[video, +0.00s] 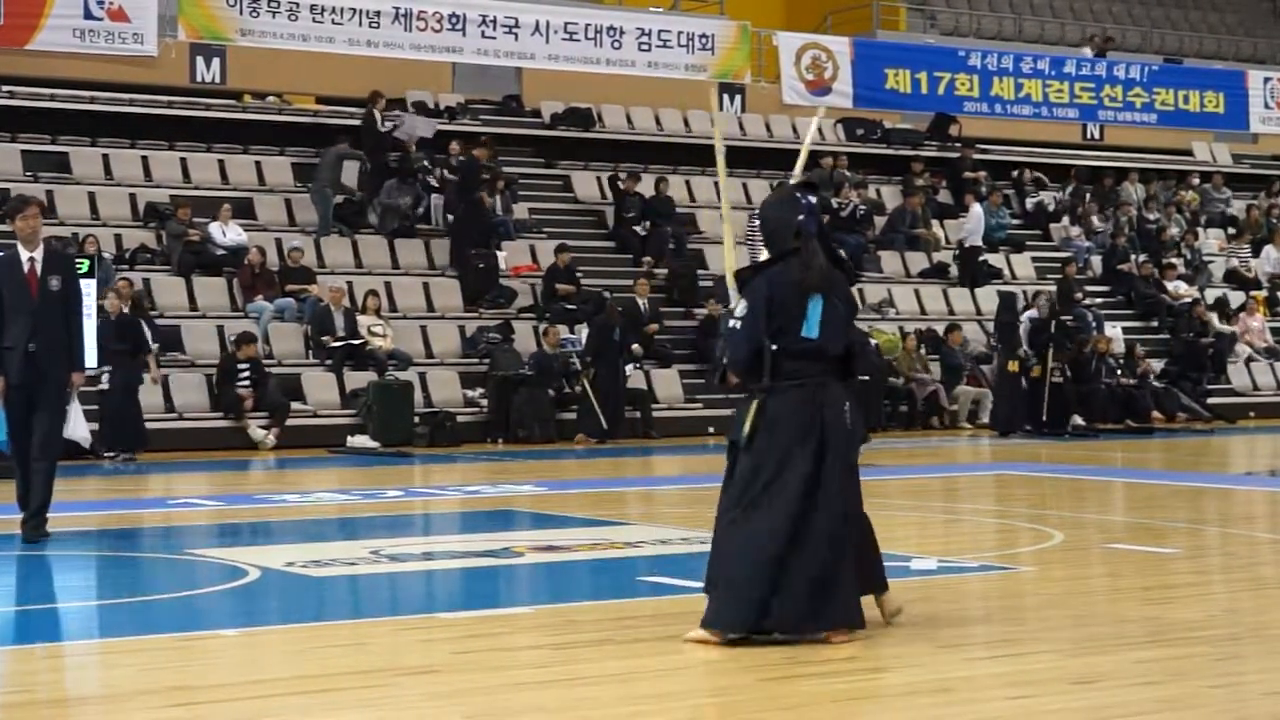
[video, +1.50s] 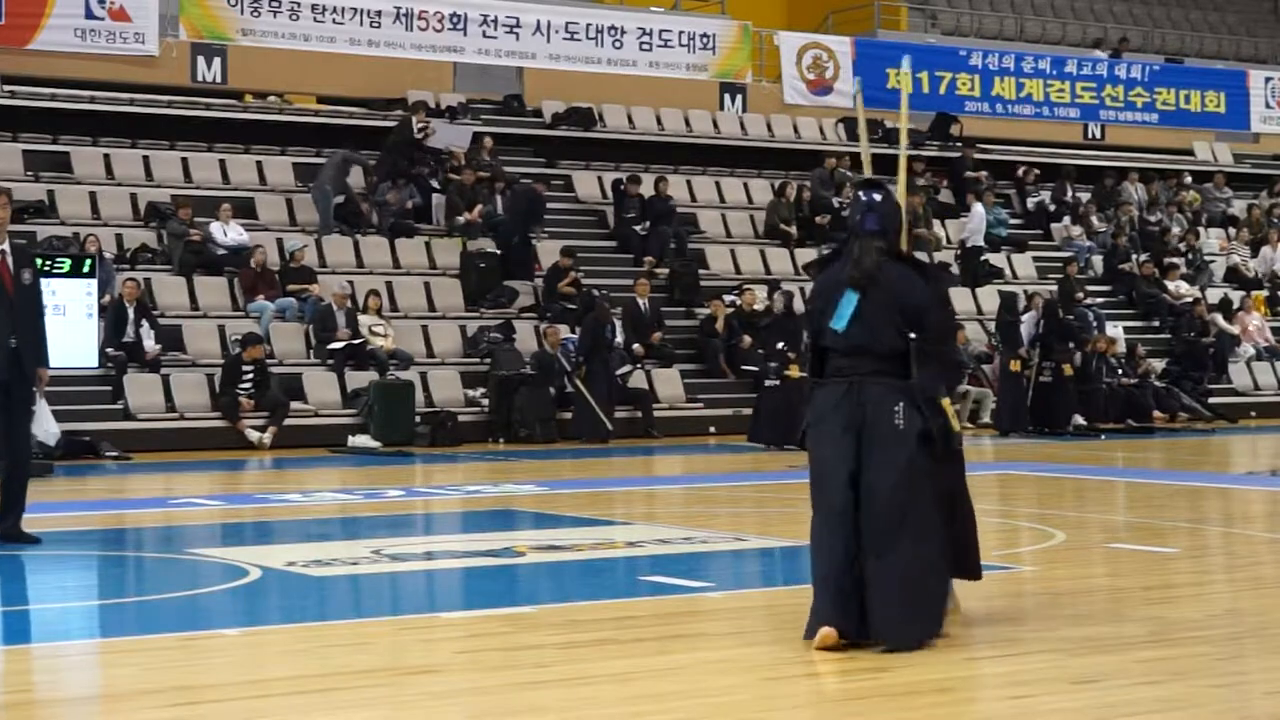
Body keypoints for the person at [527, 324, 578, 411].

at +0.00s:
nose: (557, 338)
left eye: (558, 334)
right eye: (554, 335)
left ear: (560, 335)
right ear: (545, 338)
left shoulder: (563, 356)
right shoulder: (536, 357)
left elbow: (568, 374)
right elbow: (533, 380)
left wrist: (574, 386)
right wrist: (545, 390)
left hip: (562, 392)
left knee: (585, 397)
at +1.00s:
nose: (556, 338)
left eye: (558, 335)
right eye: (552, 335)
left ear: (561, 337)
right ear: (546, 338)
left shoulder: (564, 355)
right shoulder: (537, 357)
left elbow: (572, 371)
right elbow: (537, 378)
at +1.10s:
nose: (554, 339)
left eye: (556, 335)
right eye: (551, 336)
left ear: (560, 337)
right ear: (545, 338)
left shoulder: (565, 354)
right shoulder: (537, 357)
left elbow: (572, 372)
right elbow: (535, 379)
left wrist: (576, 386)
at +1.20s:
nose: (554, 339)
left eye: (556, 335)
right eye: (551, 336)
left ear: (560, 337)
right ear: (545, 338)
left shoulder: (564, 354)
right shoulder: (537, 357)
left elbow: (571, 372)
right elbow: (538, 379)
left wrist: (576, 387)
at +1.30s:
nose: (553, 339)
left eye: (556, 335)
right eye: (550, 335)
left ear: (561, 337)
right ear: (546, 338)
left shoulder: (566, 355)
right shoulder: (537, 356)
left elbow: (571, 375)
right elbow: (534, 379)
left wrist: (577, 389)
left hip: (563, 392)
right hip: (544, 394)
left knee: (580, 398)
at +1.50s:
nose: (554, 338)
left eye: (556, 334)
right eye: (550, 335)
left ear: (559, 336)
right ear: (545, 339)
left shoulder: (565, 354)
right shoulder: (537, 357)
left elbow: (570, 372)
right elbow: (536, 378)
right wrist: (548, 389)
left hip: (563, 391)